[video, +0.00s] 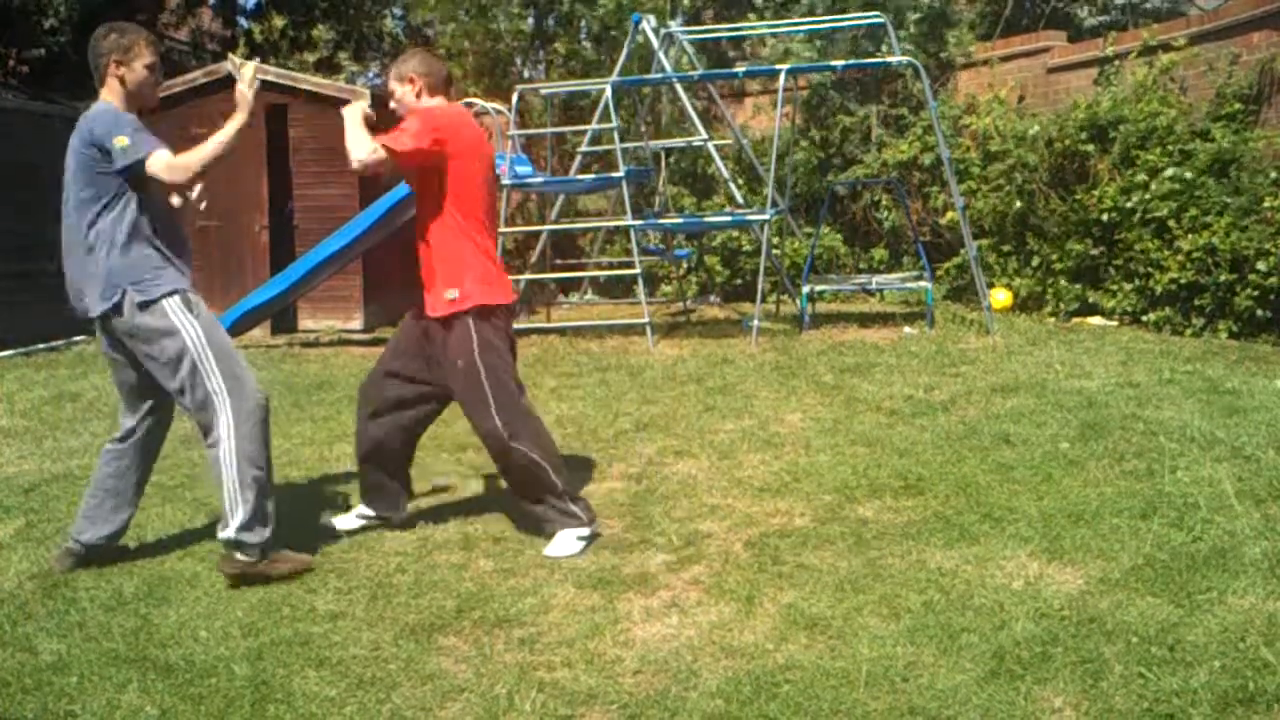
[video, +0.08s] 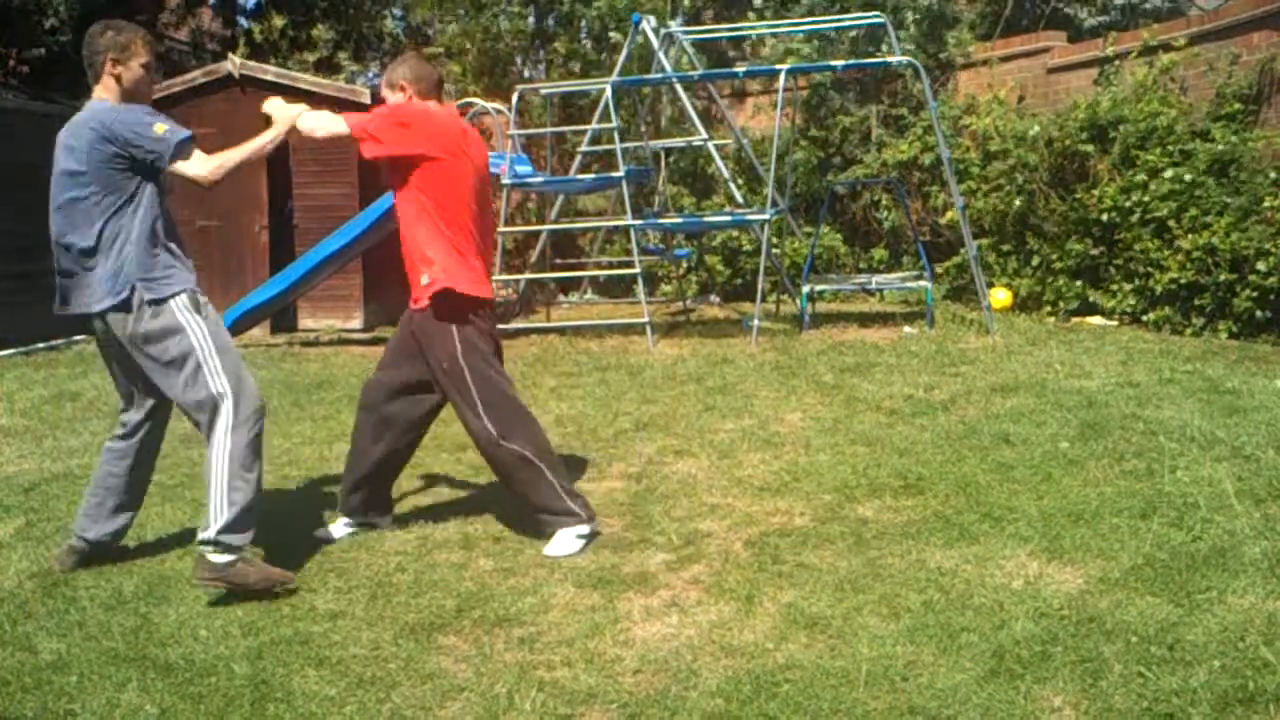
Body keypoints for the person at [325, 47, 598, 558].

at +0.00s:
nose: (394, 104)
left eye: (396, 94)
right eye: (393, 95)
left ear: (415, 86)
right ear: (437, 87)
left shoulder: (442, 121)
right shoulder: (466, 128)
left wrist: (353, 117)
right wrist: (377, 125)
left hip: (470, 299)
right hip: (440, 302)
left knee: (501, 416)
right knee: (383, 397)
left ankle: (569, 518)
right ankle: (383, 504)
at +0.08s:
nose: (385, 105)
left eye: (387, 97)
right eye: (385, 99)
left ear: (403, 91)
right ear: (433, 93)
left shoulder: (416, 117)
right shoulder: (468, 137)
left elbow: (318, 126)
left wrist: (285, 109)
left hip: (449, 300)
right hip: (438, 301)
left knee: (493, 415)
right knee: (386, 400)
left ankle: (569, 519)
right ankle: (363, 511)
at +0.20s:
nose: (361, 102)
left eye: (365, 93)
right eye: (361, 93)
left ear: (388, 91)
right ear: (407, 93)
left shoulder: (383, 124)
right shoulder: (442, 138)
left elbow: (323, 186)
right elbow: (454, 216)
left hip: (421, 297)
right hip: (415, 298)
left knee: (472, 406)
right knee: (360, 398)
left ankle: (558, 511)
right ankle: (363, 513)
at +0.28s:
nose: (341, 89)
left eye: (349, 80)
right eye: (343, 80)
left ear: (378, 84)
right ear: (380, 85)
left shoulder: (387, 122)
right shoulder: (404, 124)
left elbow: (376, 209)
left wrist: (330, 244)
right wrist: (358, 140)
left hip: (421, 291)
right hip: (389, 296)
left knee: (455, 401)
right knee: (354, 398)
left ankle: (543, 507)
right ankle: (362, 514)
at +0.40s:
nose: (343, 77)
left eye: (352, 67)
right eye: (340, 69)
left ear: (386, 72)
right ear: (345, 79)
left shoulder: (416, 114)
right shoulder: (341, 125)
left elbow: (437, 182)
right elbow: (287, 144)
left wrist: (370, 189)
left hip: (425, 283)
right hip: (371, 289)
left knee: (438, 400)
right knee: (348, 395)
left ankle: (508, 503)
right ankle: (360, 510)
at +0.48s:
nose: (352, 77)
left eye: (361, 67)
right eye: (350, 70)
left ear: (394, 70)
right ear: (353, 77)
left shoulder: (433, 116)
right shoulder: (348, 120)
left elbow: (437, 181)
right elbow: (298, 134)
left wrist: (373, 151)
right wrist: (268, 113)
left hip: (426, 289)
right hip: (368, 293)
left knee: (442, 398)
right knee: (346, 397)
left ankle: (511, 497)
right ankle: (359, 512)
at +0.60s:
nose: (373, 88)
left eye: (382, 78)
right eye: (369, 79)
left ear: (416, 78)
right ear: (371, 82)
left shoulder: (455, 131)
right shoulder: (359, 131)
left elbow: (456, 198)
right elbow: (326, 197)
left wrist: (406, 145)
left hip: (438, 307)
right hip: (368, 308)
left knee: (477, 414)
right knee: (348, 413)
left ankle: (531, 496)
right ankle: (358, 514)